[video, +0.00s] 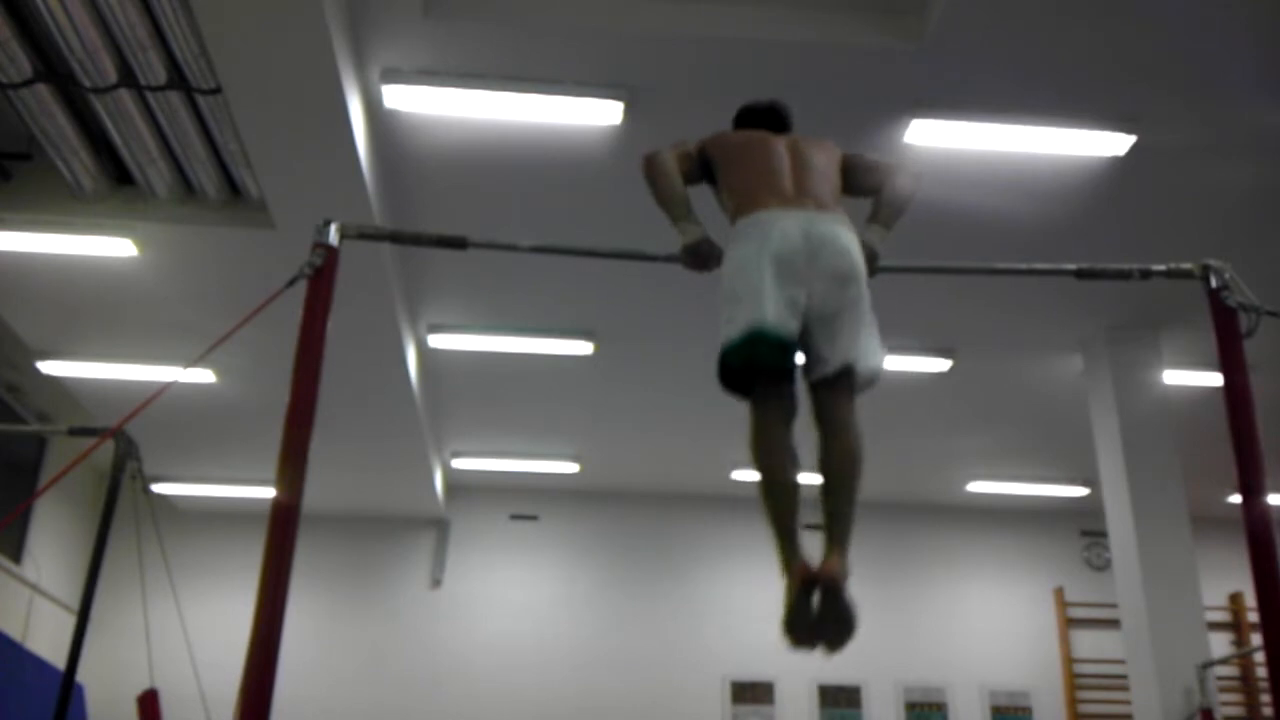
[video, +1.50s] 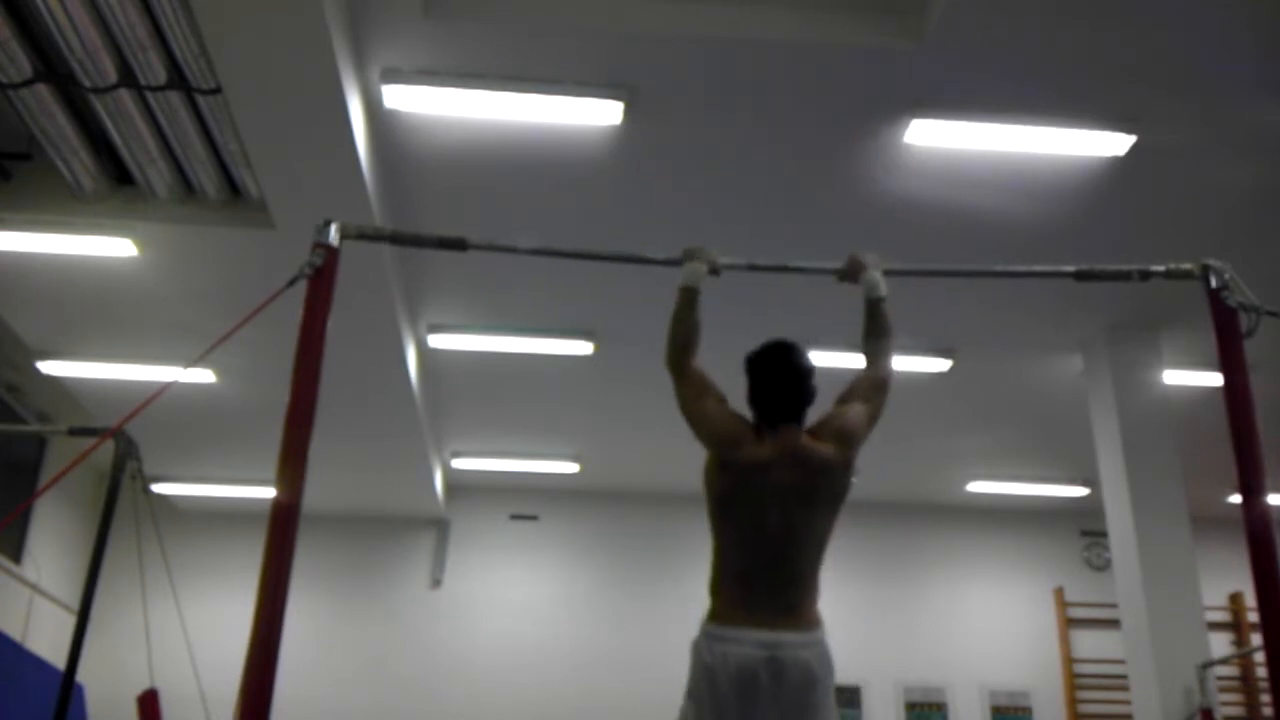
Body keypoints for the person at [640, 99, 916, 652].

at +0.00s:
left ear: (736, 131)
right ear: (792, 130)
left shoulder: (723, 145)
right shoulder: (826, 153)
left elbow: (658, 161)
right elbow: (896, 180)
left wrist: (689, 232)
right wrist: (874, 238)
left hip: (761, 238)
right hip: (835, 239)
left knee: (772, 416)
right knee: (838, 412)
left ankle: (795, 568)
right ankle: (836, 562)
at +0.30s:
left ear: (747, 50)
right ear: (802, 50)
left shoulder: (725, 70)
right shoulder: (837, 76)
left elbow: (696, 147)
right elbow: (864, 154)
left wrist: (694, 221)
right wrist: (862, 219)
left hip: (764, 160)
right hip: (841, 168)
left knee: (780, 311)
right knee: (847, 305)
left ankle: (805, 445)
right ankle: (851, 430)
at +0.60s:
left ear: (752, 104)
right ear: (811, 106)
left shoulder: (737, 119)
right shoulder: (843, 129)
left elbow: (679, 151)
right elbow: (903, 177)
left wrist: (693, 235)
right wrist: (871, 243)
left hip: (769, 244)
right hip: (844, 250)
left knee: (772, 420)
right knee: (842, 419)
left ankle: (789, 576)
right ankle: (837, 573)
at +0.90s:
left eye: (770, 143)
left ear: (767, 144)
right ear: (831, 144)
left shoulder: (740, 200)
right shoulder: (861, 210)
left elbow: (671, 288)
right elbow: (919, 301)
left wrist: (716, 237)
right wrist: (871, 242)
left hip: (758, 421)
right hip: (834, 425)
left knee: (746, 596)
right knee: (815, 593)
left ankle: (745, 717)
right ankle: (800, 717)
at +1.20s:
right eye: (800, 337)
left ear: (756, 343)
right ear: (815, 345)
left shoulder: (730, 404)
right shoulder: (843, 413)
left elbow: (675, 351)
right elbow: (885, 358)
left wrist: (689, 277)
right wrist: (877, 285)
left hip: (732, 618)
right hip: (809, 619)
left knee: (705, 712)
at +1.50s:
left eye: (757, 383)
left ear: (750, 397)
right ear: (809, 398)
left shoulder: (729, 445)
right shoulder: (832, 451)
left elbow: (681, 365)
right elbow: (877, 371)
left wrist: (691, 277)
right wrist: (874, 288)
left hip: (727, 650)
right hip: (803, 653)